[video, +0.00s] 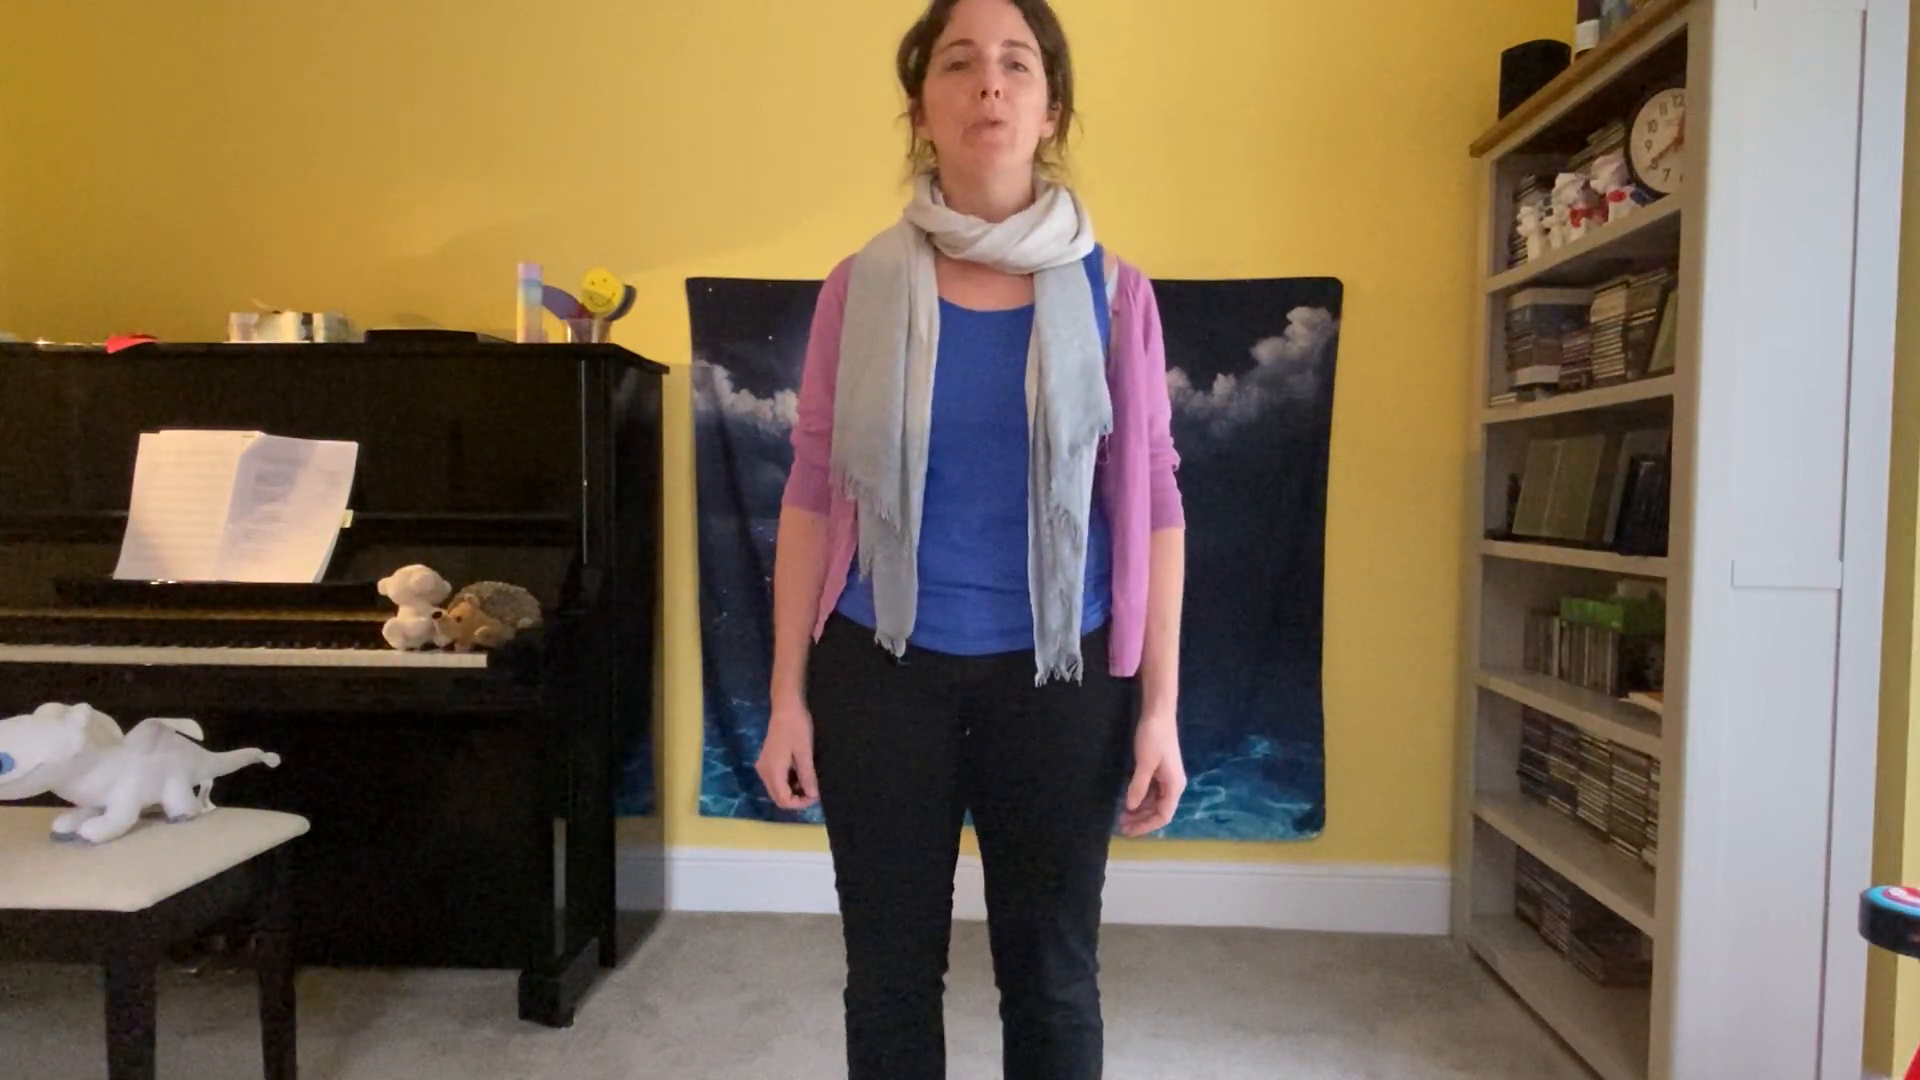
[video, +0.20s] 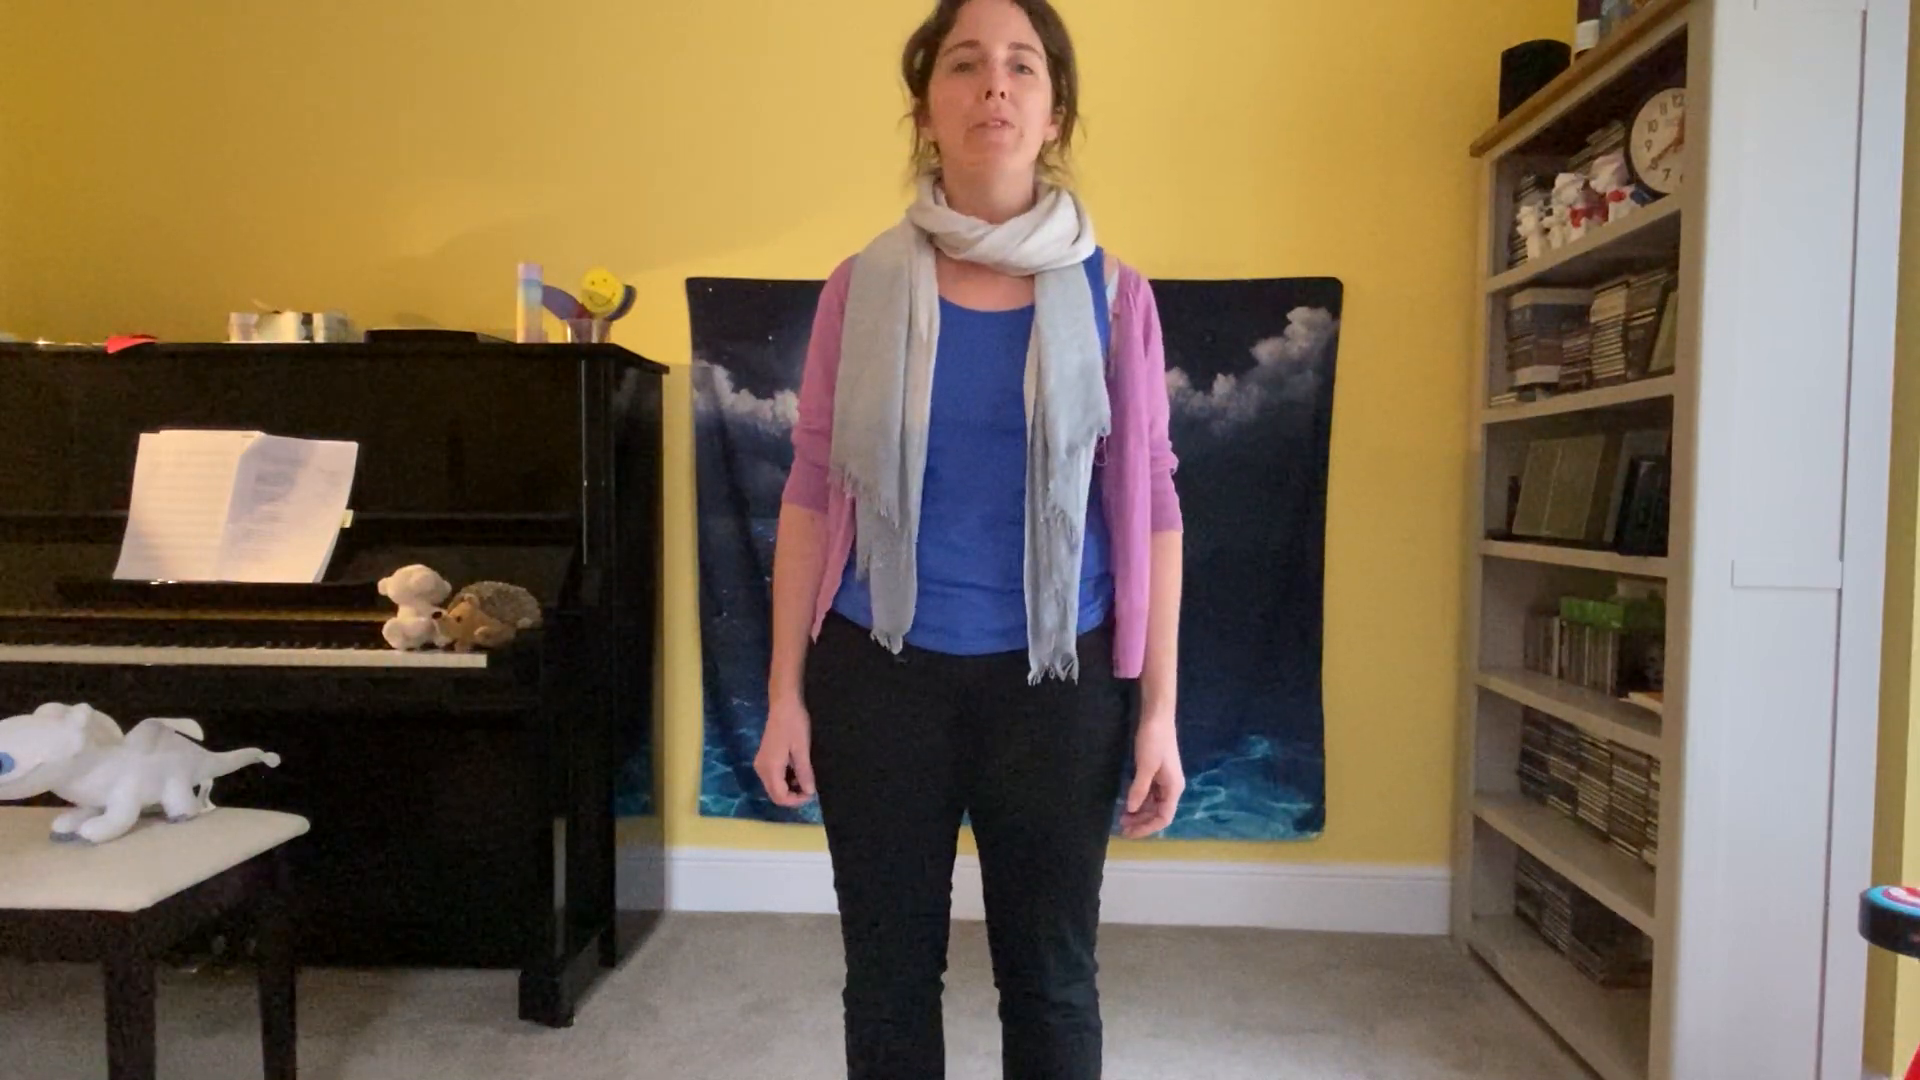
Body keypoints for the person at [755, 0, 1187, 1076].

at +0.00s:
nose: (987, 81)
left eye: (1014, 63)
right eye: (958, 62)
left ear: (1052, 105)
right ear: (920, 105)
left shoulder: (1115, 296)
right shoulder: (858, 290)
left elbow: (1153, 503)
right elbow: (811, 496)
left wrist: (1159, 703)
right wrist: (785, 693)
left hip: (1060, 686)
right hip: (879, 680)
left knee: (1053, 991)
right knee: (890, 987)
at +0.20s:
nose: (993, 83)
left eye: (1020, 66)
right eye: (965, 64)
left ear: (1056, 110)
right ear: (925, 107)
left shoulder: (1115, 298)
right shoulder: (860, 290)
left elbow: (1151, 504)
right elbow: (811, 493)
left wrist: (1157, 703)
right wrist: (783, 692)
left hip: (1057, 691)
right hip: (877, 684)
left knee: (1052, 992)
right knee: (888, 992)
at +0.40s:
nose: (994, 84)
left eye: (1021, 67)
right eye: (966, 65)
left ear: (1057, 113)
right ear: (926, 111)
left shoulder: (1114, 300)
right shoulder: (861, 291)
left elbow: (1149, 506)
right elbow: (812, 495)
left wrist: (1157, 704)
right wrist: (784, 692)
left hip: (1056, 686)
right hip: (878, 679)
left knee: (1053, 987)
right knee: (888, 989)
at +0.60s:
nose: (996, 87)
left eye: (1022, 70)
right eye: (968, 68)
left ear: (1057, 115)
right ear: (927, 111)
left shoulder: (1114, 300)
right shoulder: (862, 293)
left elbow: (1151, 508)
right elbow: (812, 496)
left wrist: (1159, 703)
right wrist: (786, 691)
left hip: (1058, 683)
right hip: (879, 676)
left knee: (1052, 986)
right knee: (890, 983)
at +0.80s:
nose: (997, 92)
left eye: (1025, 73)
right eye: (970, 70)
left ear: (1061, 116)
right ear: (929, 112)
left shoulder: (1115, 302)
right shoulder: (864, 293)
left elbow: (1151, 508)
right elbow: (814, 493)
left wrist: (1157, 701)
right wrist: (788, 689)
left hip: (1059, 681)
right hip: (880, 674)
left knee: (1053, 982)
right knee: (890, 979)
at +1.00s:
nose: (999, 90)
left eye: (1026, 73)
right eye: (973, 69)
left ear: (1063, 117)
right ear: (933, 110)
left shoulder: (1118, 302)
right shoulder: (867, 292)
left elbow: (1151, 507)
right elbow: (817, 491)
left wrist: (1158, 700)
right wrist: (791, 688)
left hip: (1062, 682)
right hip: (884, 676)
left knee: (1055, 985)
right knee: (891, 982)